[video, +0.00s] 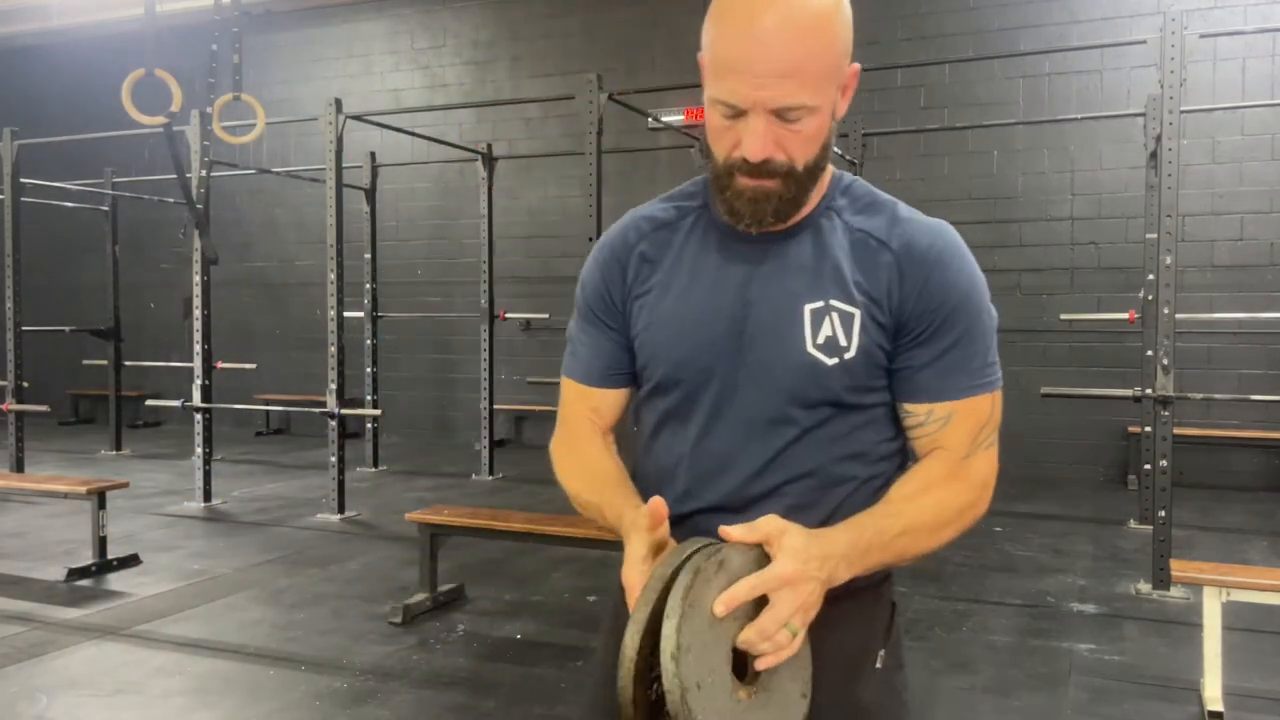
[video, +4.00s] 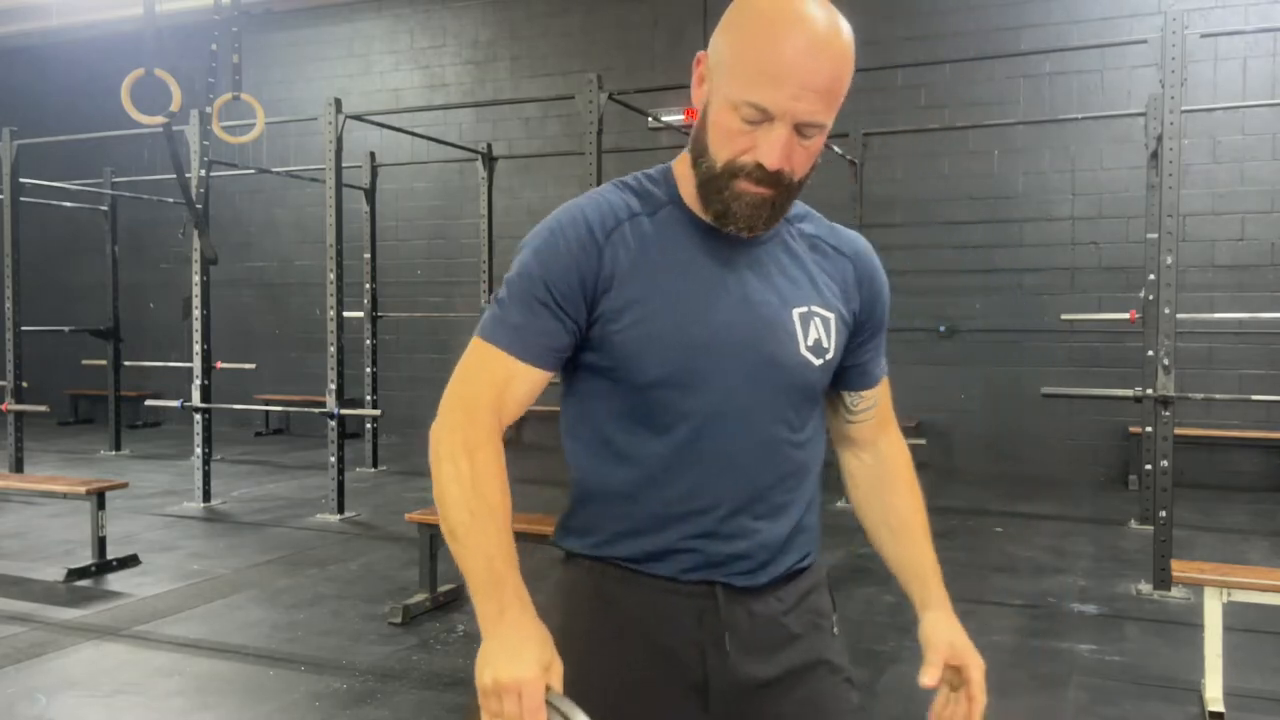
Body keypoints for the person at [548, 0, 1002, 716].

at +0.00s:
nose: (755, 147)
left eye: (790, 116)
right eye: (730, 111)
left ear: (844, 93)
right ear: (702, 79)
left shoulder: (919, 260)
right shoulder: (631, 254)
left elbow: (962, 473)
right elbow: (578, 434)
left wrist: (829, 555)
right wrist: (629, 519)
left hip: (838, 629)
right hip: (660, 618)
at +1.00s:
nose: (839, 144)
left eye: (874, 111)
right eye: (813, 106)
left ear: (926, 92)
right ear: (778, 74)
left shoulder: (991, 263)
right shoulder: (689, 242)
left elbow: (1040, 476)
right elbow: (612, 415)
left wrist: (953, 571)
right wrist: (686, 477)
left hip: (884, 634)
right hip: (702, 615)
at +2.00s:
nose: (827, 141)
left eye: (857, 105)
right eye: (798, 106)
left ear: (904, 90)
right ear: (758, 84)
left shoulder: (976, 276)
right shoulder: (677, 232)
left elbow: (999, 486)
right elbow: (595, 421)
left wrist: (943, 656)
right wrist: (741, 481)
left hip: (863, 661)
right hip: (682, 637)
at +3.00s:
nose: (867, 143)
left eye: (901, 111)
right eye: (840, 105)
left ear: (941, 99)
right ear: (795, 79)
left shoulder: (989, 283)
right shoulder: (700, 217)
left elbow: (995, 491)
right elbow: (587, 390)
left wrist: (938, 659)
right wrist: (742, 479)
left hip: (871, 648)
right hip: (693, 627)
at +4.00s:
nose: (774, 158)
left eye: (806, 131)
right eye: (753, 117)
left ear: (831, 127)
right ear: (701, 84)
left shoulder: (846, 270)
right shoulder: (589, 242)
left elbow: (869, 437)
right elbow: (462, 428)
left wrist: (933, 607)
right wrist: (505, 623)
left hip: (788, 627)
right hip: (620, 626)